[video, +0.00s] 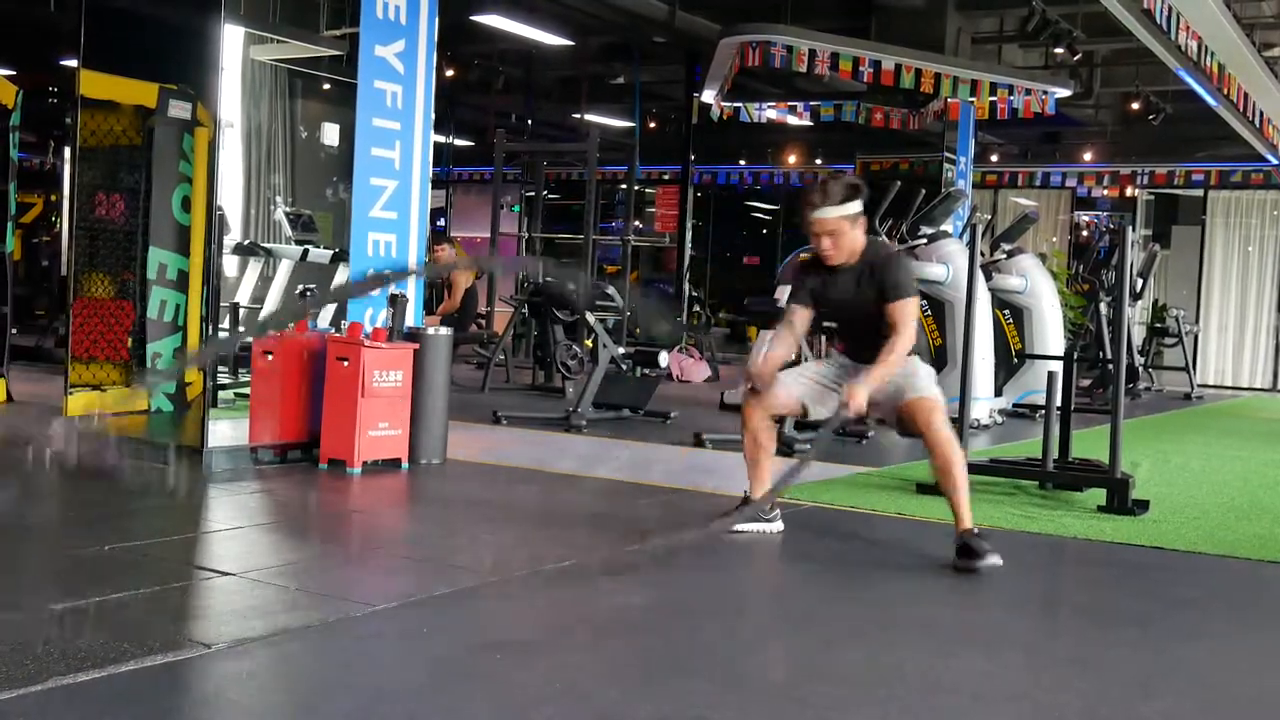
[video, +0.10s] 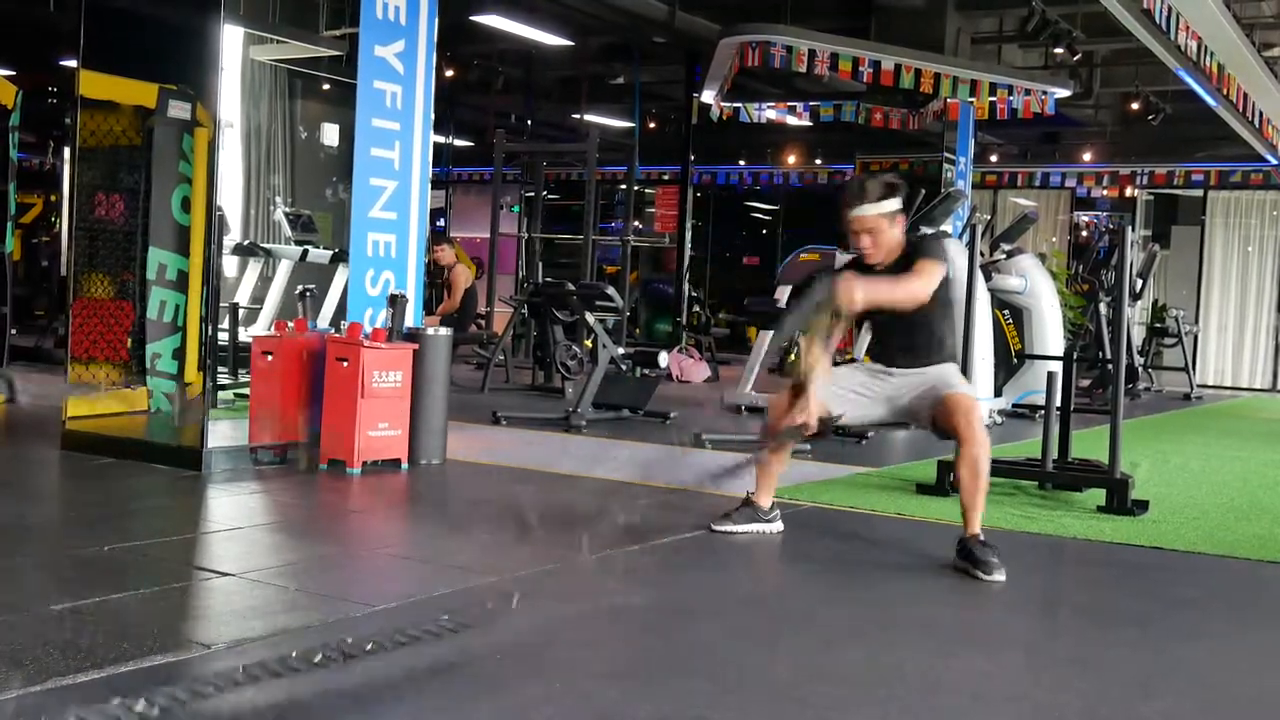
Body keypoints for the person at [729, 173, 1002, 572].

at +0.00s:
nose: (822, 245)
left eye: (832, 235)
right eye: (815, 236)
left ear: (860, 226)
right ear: (808, 233)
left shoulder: (890, 264)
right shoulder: (811, 271)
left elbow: (904, 335)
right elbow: (791, 328)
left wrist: (867, 383)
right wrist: (769, 363)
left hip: (896, 368)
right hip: (841, 366)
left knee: (932, 416)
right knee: (756, 403)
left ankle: (967, 533)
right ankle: (761, 506)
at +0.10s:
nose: (862, 243)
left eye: (871, 233)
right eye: (855, 234)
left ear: (899, 224)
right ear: (848, 232)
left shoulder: (931, 249)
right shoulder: (854, 273)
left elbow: (917, 290)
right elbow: (822, 337)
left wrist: (860, 291)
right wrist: (810, 393)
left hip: (933, 378)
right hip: (872, 376)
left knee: (969, 415)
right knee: (785, 404)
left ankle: (973, 538)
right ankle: (762, 507)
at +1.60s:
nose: (835, 235)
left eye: (846, 223)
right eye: (828, 223)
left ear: (873, 217)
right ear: (820, 220)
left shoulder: (899, 252)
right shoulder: (807, 265)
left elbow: (908, 301)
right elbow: (788, 329)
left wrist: (872, 317)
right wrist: (790, 384)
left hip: (879, 373)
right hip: (813, 372)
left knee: (923, 416)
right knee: (727, 413)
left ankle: (928, 538)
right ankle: (679, 506)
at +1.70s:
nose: (806, 227)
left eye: (814, 218)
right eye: (798, 218)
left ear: (837, 208)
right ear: (786, 211)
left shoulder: (859, 233)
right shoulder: (771, 249)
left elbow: (865, 270)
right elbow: (751, 318)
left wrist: (814, 248)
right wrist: (754, 381)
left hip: (844, 362)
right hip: (777, 359)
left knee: (884, 417)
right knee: (693, 400)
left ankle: (910, 536)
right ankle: (672, 509)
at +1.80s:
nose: (776, 217)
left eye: (786, 208)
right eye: (769, 207)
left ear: (815, 197)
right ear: (761, 198)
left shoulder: (841, 233)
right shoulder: (752, 228)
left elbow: (835, 301)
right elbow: (717, 269)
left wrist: (786, 303)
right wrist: (697, 298)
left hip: (822, 349)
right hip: (757, 345)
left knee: (859, 398)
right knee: (681, 392)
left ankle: (851, 523)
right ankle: (666, 503)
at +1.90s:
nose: (752, 227)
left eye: (762, 219)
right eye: (747, 217)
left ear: (793, 208)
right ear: (740, 206)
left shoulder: (819, 245)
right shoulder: (741, 222)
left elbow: (816, 328)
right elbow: (686, 228)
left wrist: (777, 379)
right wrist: (675, 210)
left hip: (804, 348)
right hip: (747, 342)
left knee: (838, 400)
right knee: (669, 387)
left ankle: (826, 520)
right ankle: (641, 492)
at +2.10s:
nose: (716, 240)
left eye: (724, 231)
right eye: (709, 231)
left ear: (752, 220)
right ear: (701, 226)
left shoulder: (784, 249)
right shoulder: (700, 257)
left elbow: (800, 308)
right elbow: (686, 320)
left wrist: (759, 332)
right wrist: (667, 360)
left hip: (782, 367)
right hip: (719, 365)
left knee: (825, 404)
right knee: (644, 403)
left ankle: (829, 520)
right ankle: (623, 502)